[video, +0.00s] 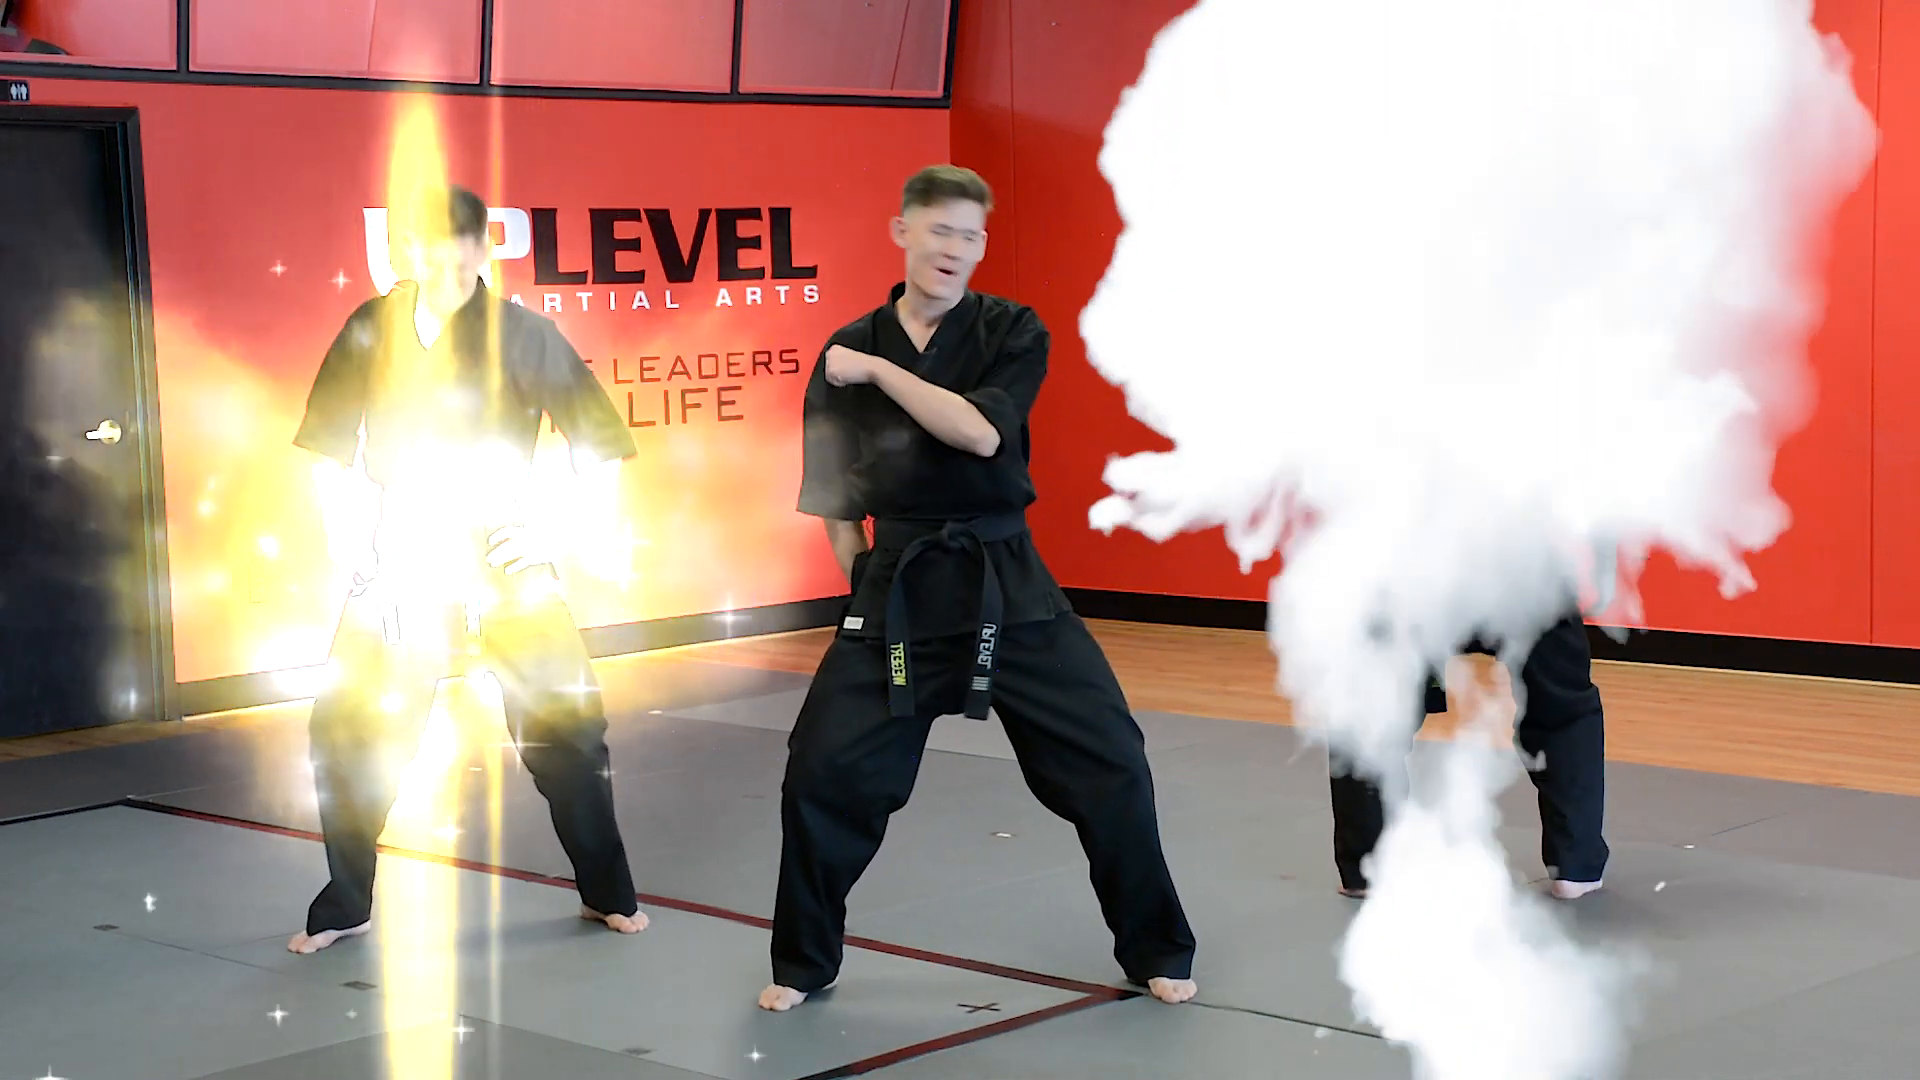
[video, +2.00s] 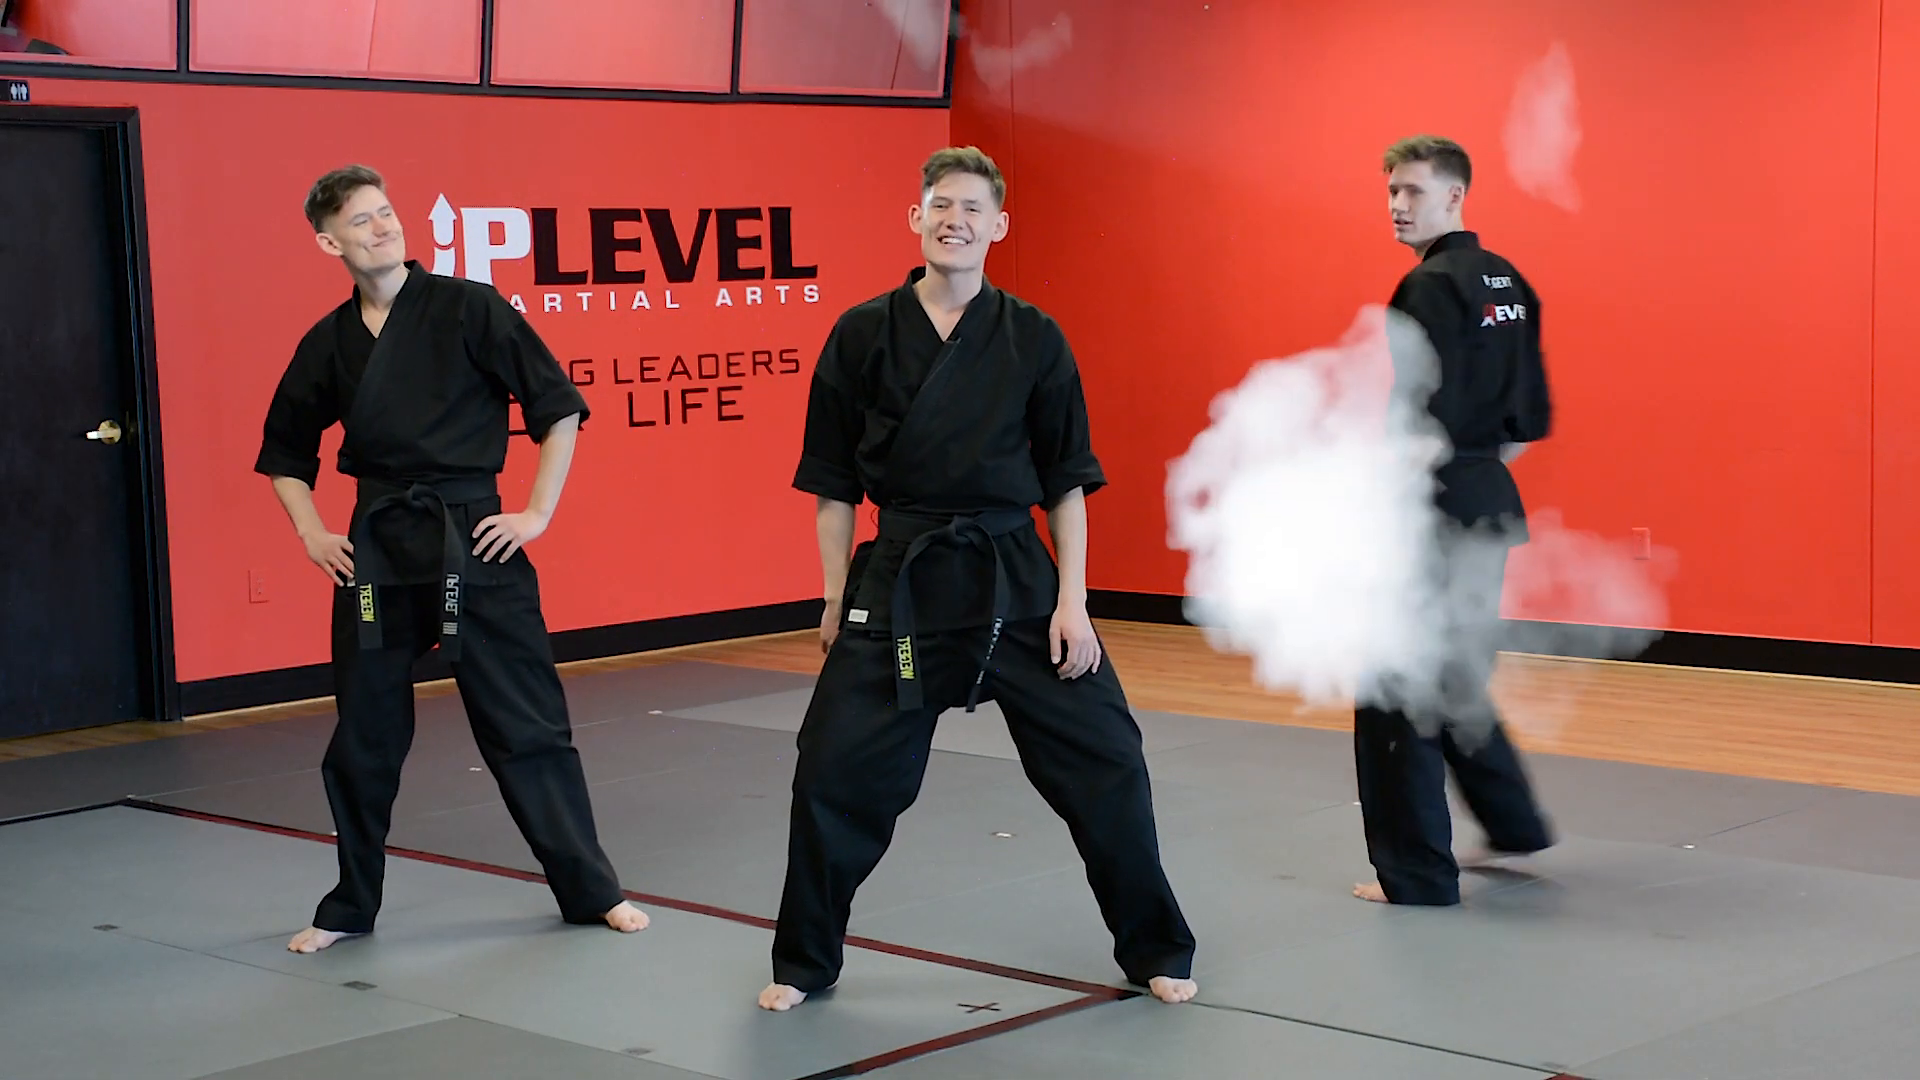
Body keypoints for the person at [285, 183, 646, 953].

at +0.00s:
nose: (422, 264)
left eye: (441, 246)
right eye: (412, 246)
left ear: (478, 248)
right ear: (398, 250)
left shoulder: (523, 337)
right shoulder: (367, 333)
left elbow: (602, 447)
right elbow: (326, 458)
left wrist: (554, 533)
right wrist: (349, 563)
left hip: (509, 564)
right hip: (400, 568)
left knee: (565, 719)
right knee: (345, 720)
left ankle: (608, 886)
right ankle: (347, 894)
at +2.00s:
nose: (381, 226)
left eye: (386, 212)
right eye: (360, 220)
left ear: (403, 223)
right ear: (330, 245)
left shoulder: (472, 308)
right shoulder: (327, 344)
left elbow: (561, 407)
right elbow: (285, 450)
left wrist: (537, 514)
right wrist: (311, 531)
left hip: (476, 539)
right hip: (378, 546)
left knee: (529, 725)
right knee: (363, 740)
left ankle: (591, 892)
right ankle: (351, 906)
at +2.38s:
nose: (379, 234)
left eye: (383, 219)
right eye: (359, 230)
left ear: (400, 225)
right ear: (330, 252)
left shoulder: (471, 307)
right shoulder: (330, 346)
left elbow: (561, 406)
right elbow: (286, 451)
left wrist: (538, 512)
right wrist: (313, 534)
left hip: (477, 539)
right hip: (380, 547)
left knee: (530, 724)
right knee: (364, 739)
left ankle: (592, 892)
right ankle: (352, 905)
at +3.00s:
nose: (366, 238)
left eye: (380, 223)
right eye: (352, 226)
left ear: (413, 229)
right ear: (338, 239)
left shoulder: (479, 310)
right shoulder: (336, 344)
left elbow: (567, 409)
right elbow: (283, 438)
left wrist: (541, 511)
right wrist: (269, 461)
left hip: (478, 539)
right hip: (379, 544)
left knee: (530, 724)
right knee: (366, 737)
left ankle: (592, 891)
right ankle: (352, 905)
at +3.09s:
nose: (366, 241)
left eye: (381, 227)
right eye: (355, 229)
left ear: (420, 231)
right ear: (346, 236)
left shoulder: (484, 311)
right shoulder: (336, 342)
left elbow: (573, 411)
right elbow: (271, 447)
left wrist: (543, 513)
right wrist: (238, 409)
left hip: (481, 538)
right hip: (381, 544)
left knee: (532, 724)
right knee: (367, 738)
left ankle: (591, 891)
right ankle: (352, 908)